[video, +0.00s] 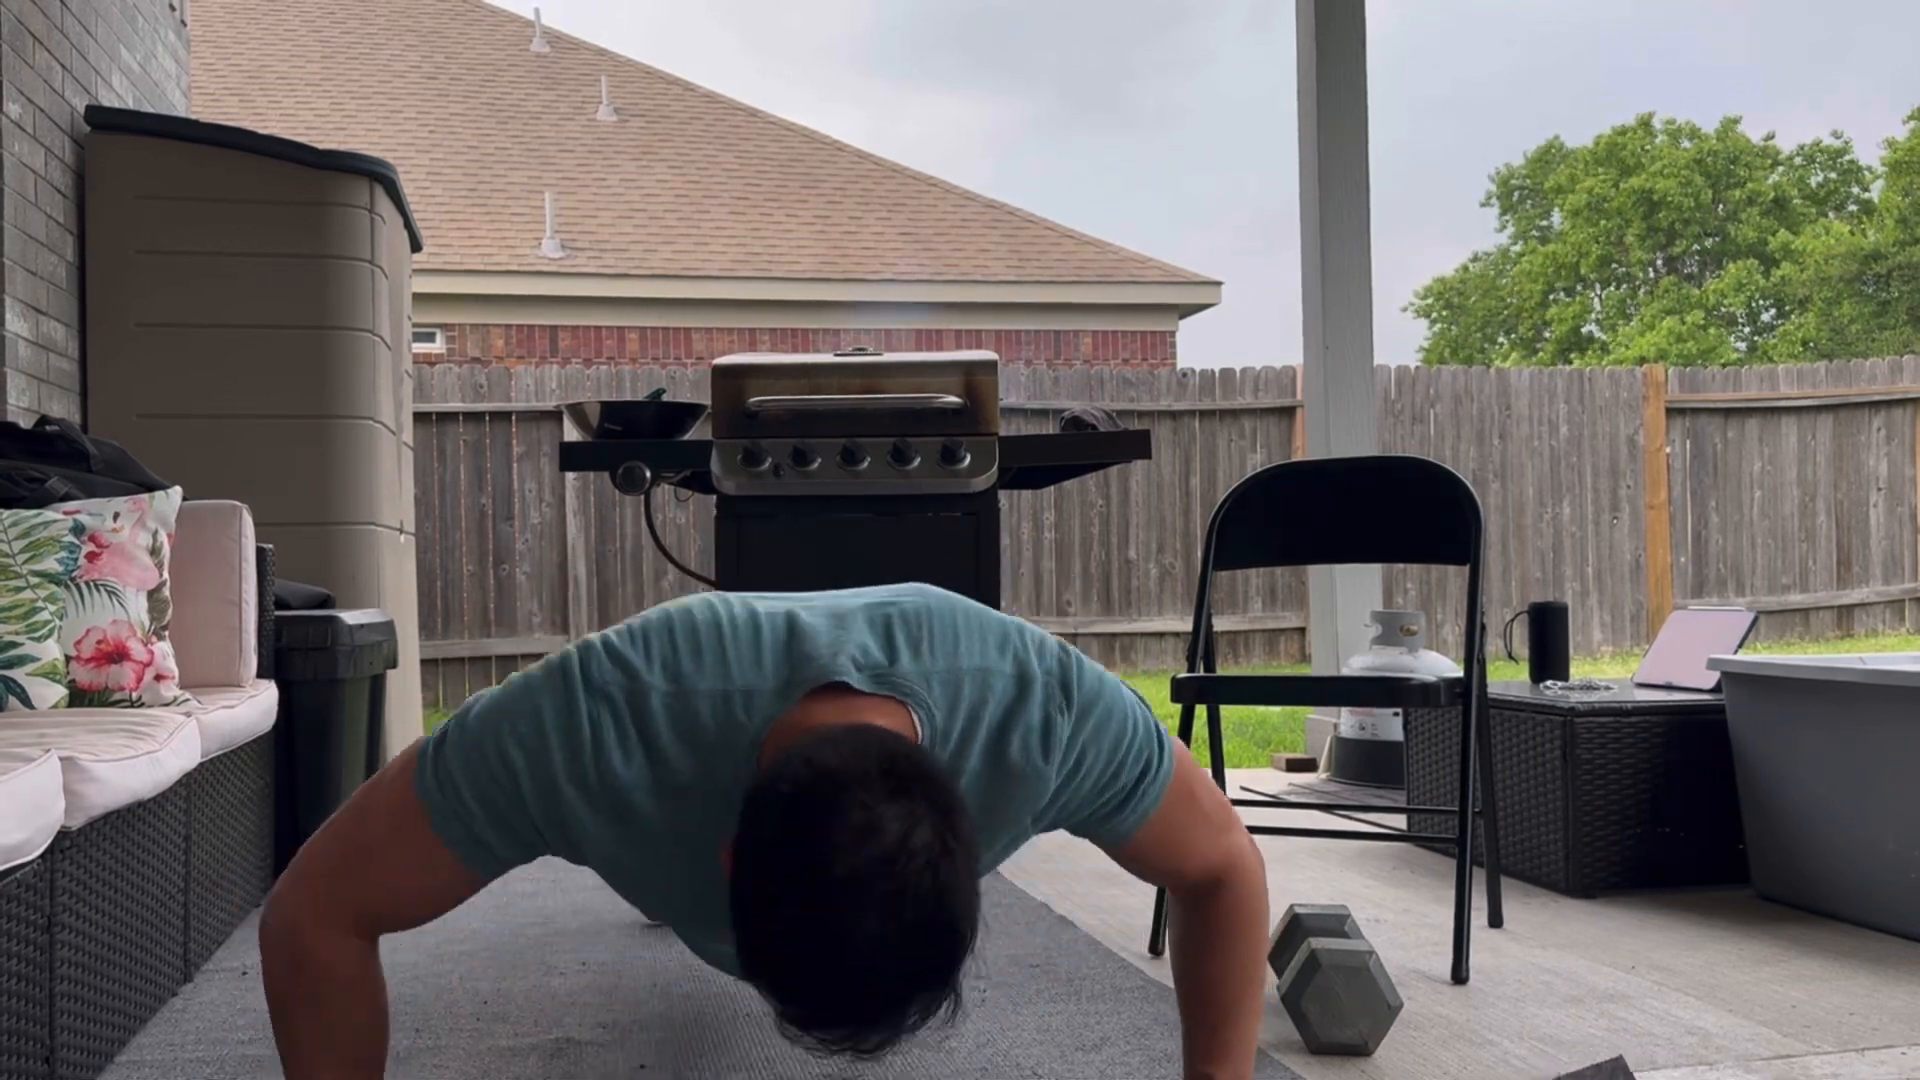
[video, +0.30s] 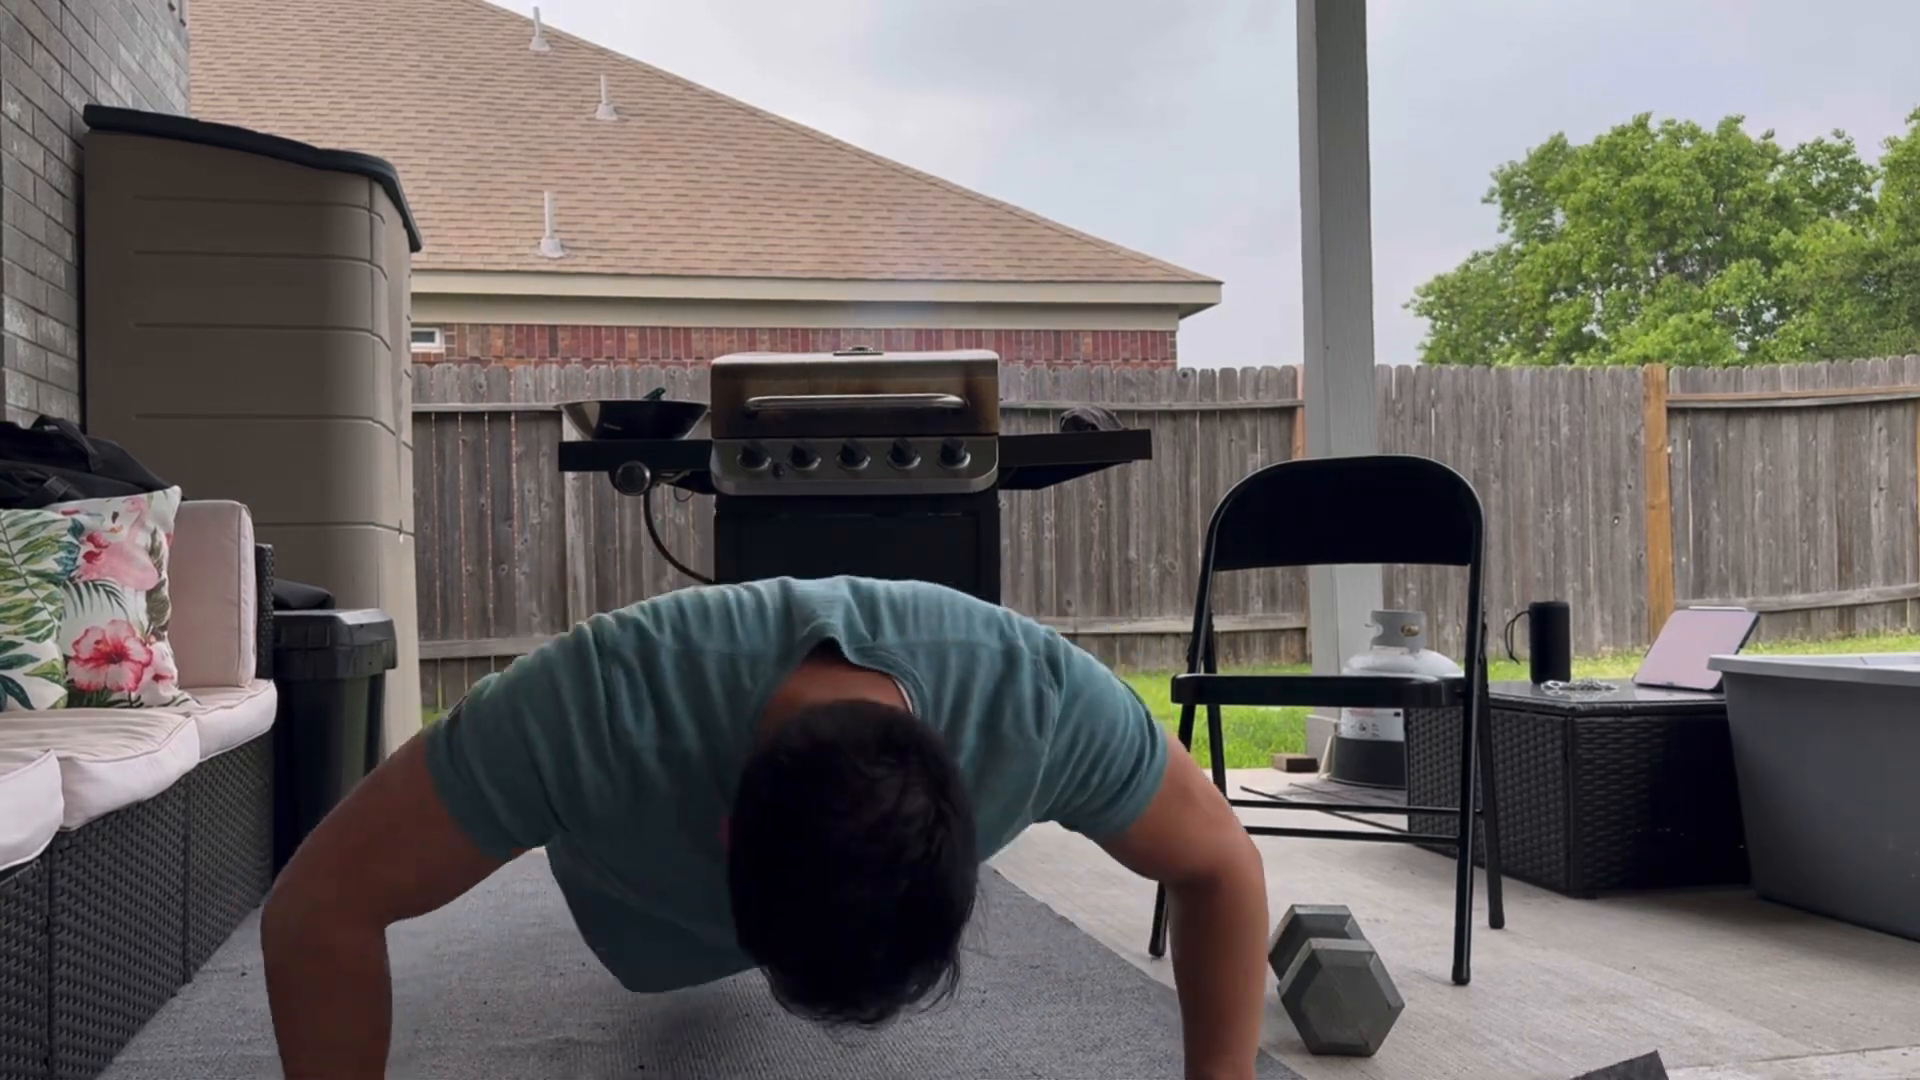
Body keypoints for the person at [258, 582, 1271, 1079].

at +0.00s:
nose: (834, 1016)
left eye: (882, 1002)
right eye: (795, 986)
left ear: (955, 808)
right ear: (729, 838)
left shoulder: (1047, 717)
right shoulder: (583, 737)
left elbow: (1225, 872)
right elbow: (315, 920)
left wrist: (1221, 1074)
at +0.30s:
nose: (828, 985)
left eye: (875, 971)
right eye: (789, 951)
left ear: (961, 829)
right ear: (729, 827)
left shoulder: (1038, 702)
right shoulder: (596, 710)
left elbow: (1221, 870)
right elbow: (319, 910)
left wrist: (1220, 1072)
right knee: (670, 947)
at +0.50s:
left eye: (897, 1044)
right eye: (819, 1046)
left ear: (939, 1031)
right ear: (751, 1029)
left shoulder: (1039, 874)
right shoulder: (615, 894)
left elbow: (1255, 872)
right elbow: (282, 924)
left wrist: (1230, 1073)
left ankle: (1277, 923)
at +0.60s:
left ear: (937, 1045)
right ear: (752, 1043)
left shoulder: (1042, 888)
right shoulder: (616, 914)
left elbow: (1254, 870)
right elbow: (286, 925)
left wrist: (1233, 1073)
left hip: (931, 817)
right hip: (697, 829)